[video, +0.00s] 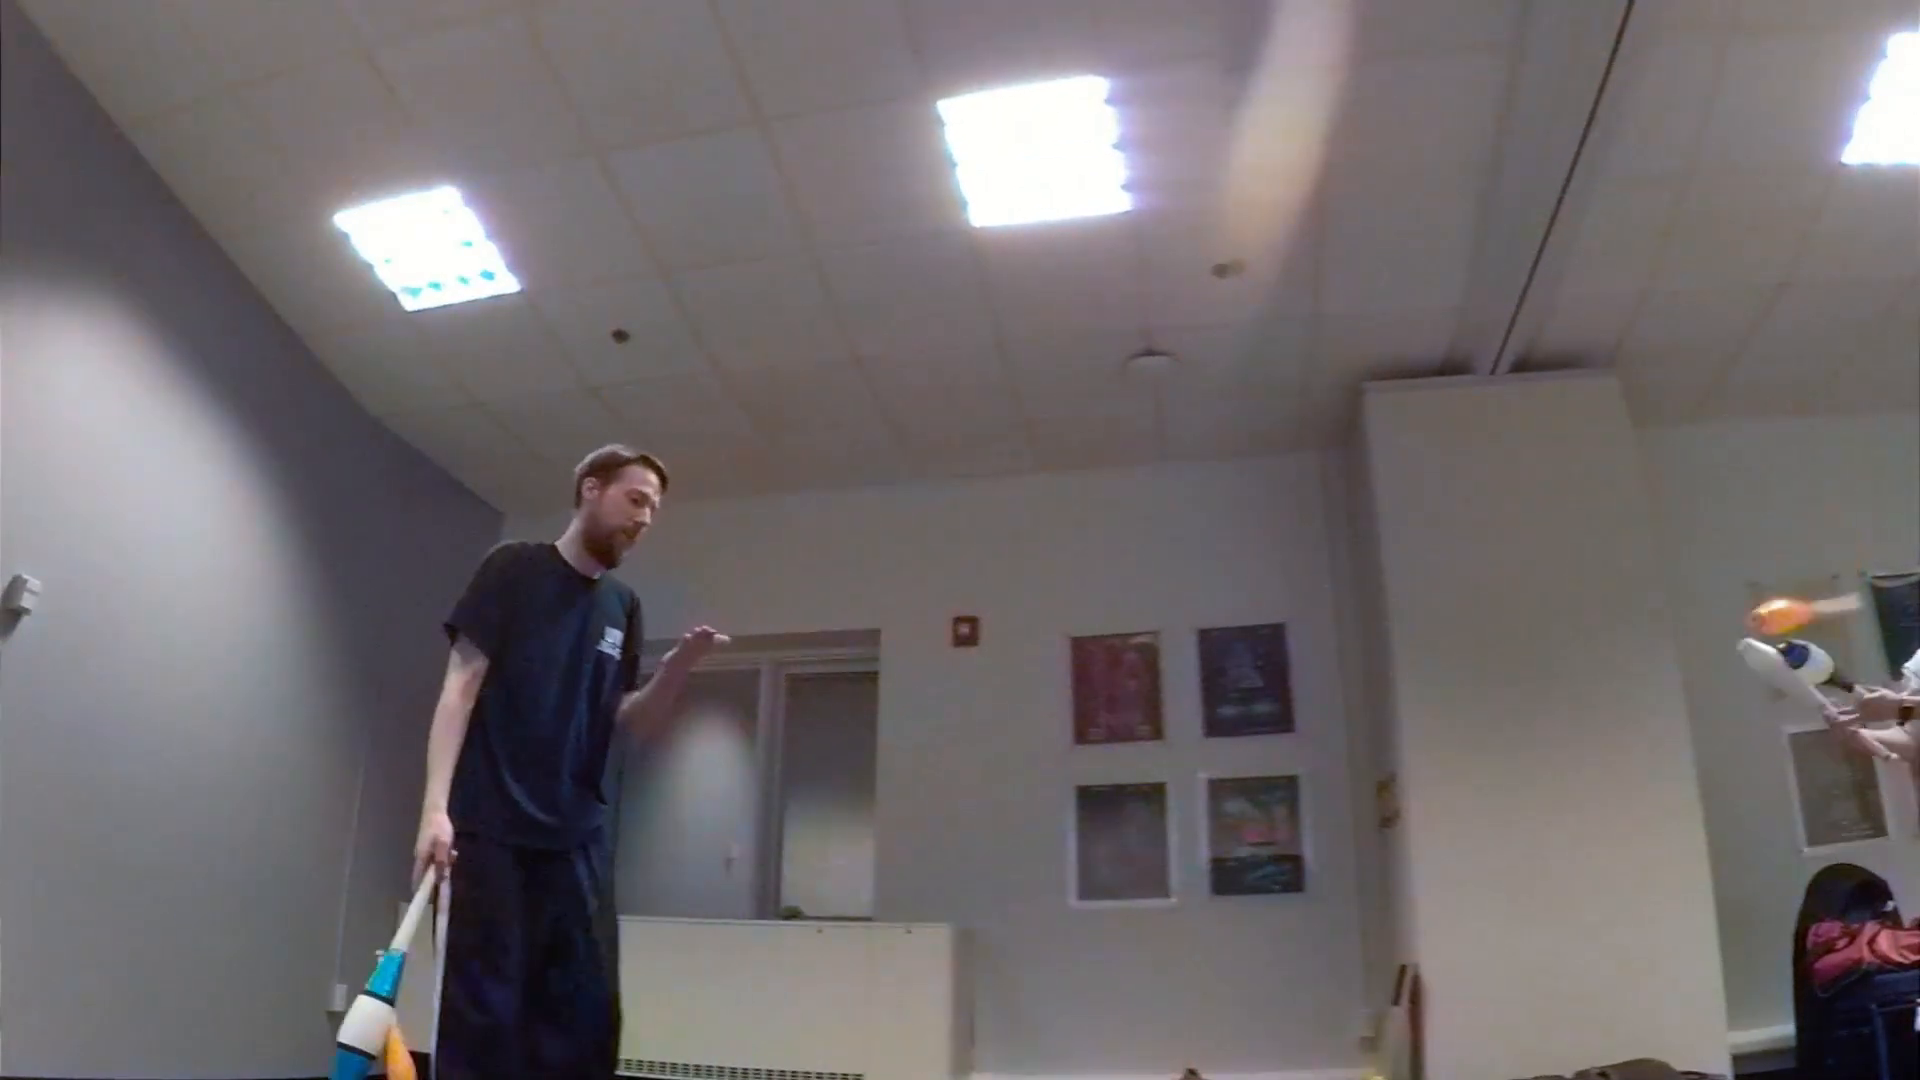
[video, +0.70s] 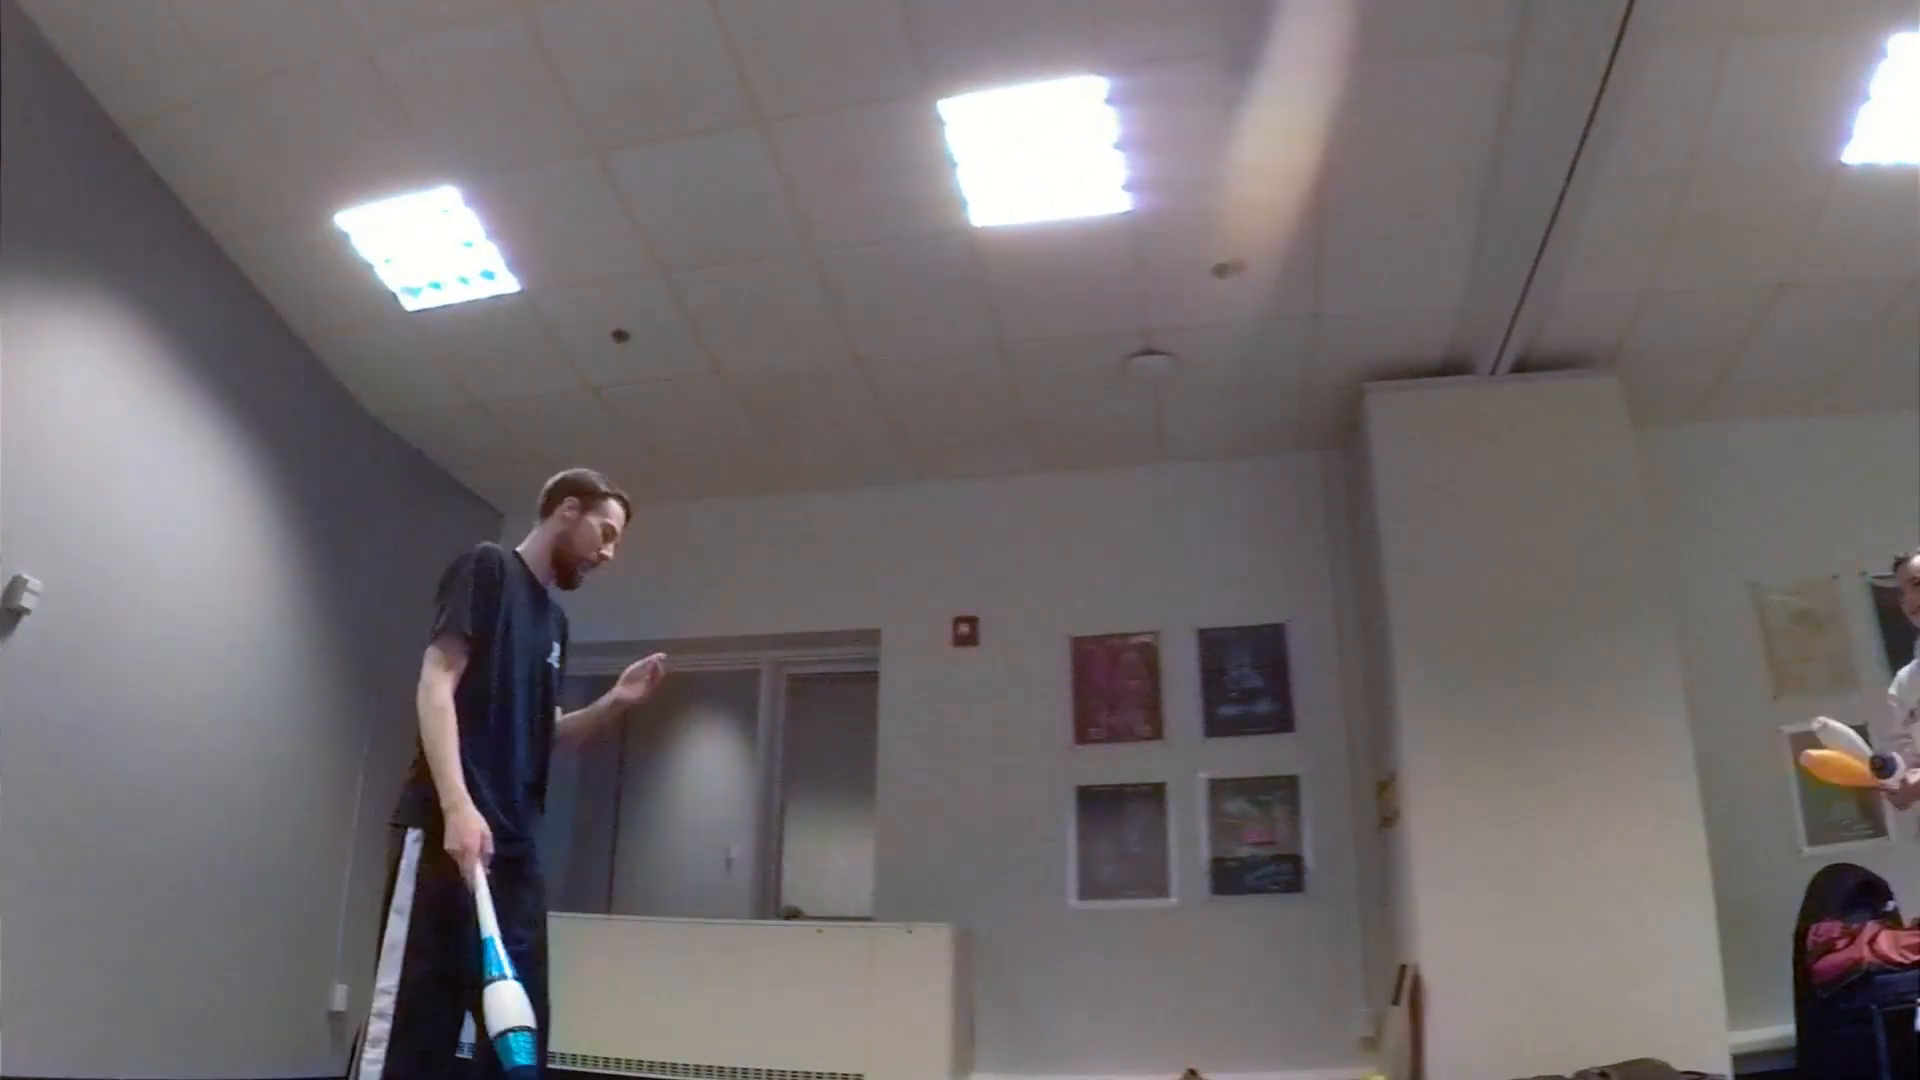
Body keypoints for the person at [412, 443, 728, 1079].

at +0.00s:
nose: (645, 518)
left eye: (653, 509)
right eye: (635, 499)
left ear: (653, 521)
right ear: (590, 489)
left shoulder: (621, 606)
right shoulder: (513, 568)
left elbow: (631, 721)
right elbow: (460, 687)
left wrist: (680, 667)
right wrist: (435, 809)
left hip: (575, 839)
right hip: (491, 832)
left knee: (585, 1020)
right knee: (485, 1015)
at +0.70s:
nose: (609, 553)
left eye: (615, 542)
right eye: (606, 533)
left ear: (581, 525)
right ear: (564, 511)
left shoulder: (553, 619)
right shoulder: (487, 566)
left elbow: (542, 734)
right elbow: (434, 685)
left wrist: (611, 702)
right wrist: (457, 806)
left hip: (513, 840)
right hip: (446, 826)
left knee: (517, 1023)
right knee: (415, 1019)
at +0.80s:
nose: (599, 562)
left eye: (605, 550)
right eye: (601, 544)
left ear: (566, 523)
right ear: (575, 522)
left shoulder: (528, 609)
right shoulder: (488, 569)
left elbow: (500, 731)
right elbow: (429, 693)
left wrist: (579, 724)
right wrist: (454, 824)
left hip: (479, 841)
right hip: (419, 832)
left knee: (496, 1023)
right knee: (393, 1025)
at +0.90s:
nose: (588, 575)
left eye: (597, 563)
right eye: (596, 559)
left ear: (553, 524)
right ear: (581, 535)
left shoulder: (505, 589)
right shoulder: (491, 574)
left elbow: (453, 716)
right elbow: (432, 694)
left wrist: (522, 762)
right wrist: (450, 831)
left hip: (436, 826)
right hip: (403, 822)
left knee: (458, 1008)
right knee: (380, 1013)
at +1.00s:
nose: (581, 580)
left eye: (590, 568)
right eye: (590, 564)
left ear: (541, 527)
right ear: (579, 543)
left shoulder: (489, 579)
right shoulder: (495, 577)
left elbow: (432, 703)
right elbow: (434, 690)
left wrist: (472, 790)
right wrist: (446, 828)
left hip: (413, 821)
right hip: (394, 820)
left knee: (437, 1007)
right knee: (375, 1013)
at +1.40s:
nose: (528, 630)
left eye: (532, 621)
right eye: (536, 619)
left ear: (486, 586)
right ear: (531, 607)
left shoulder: (440, 622)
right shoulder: (481, 620)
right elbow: (432, 713)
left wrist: (417, 854)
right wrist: (434, 835)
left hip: (353, 822)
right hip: (376, 826)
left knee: (370, 1003)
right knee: (390, 1007)